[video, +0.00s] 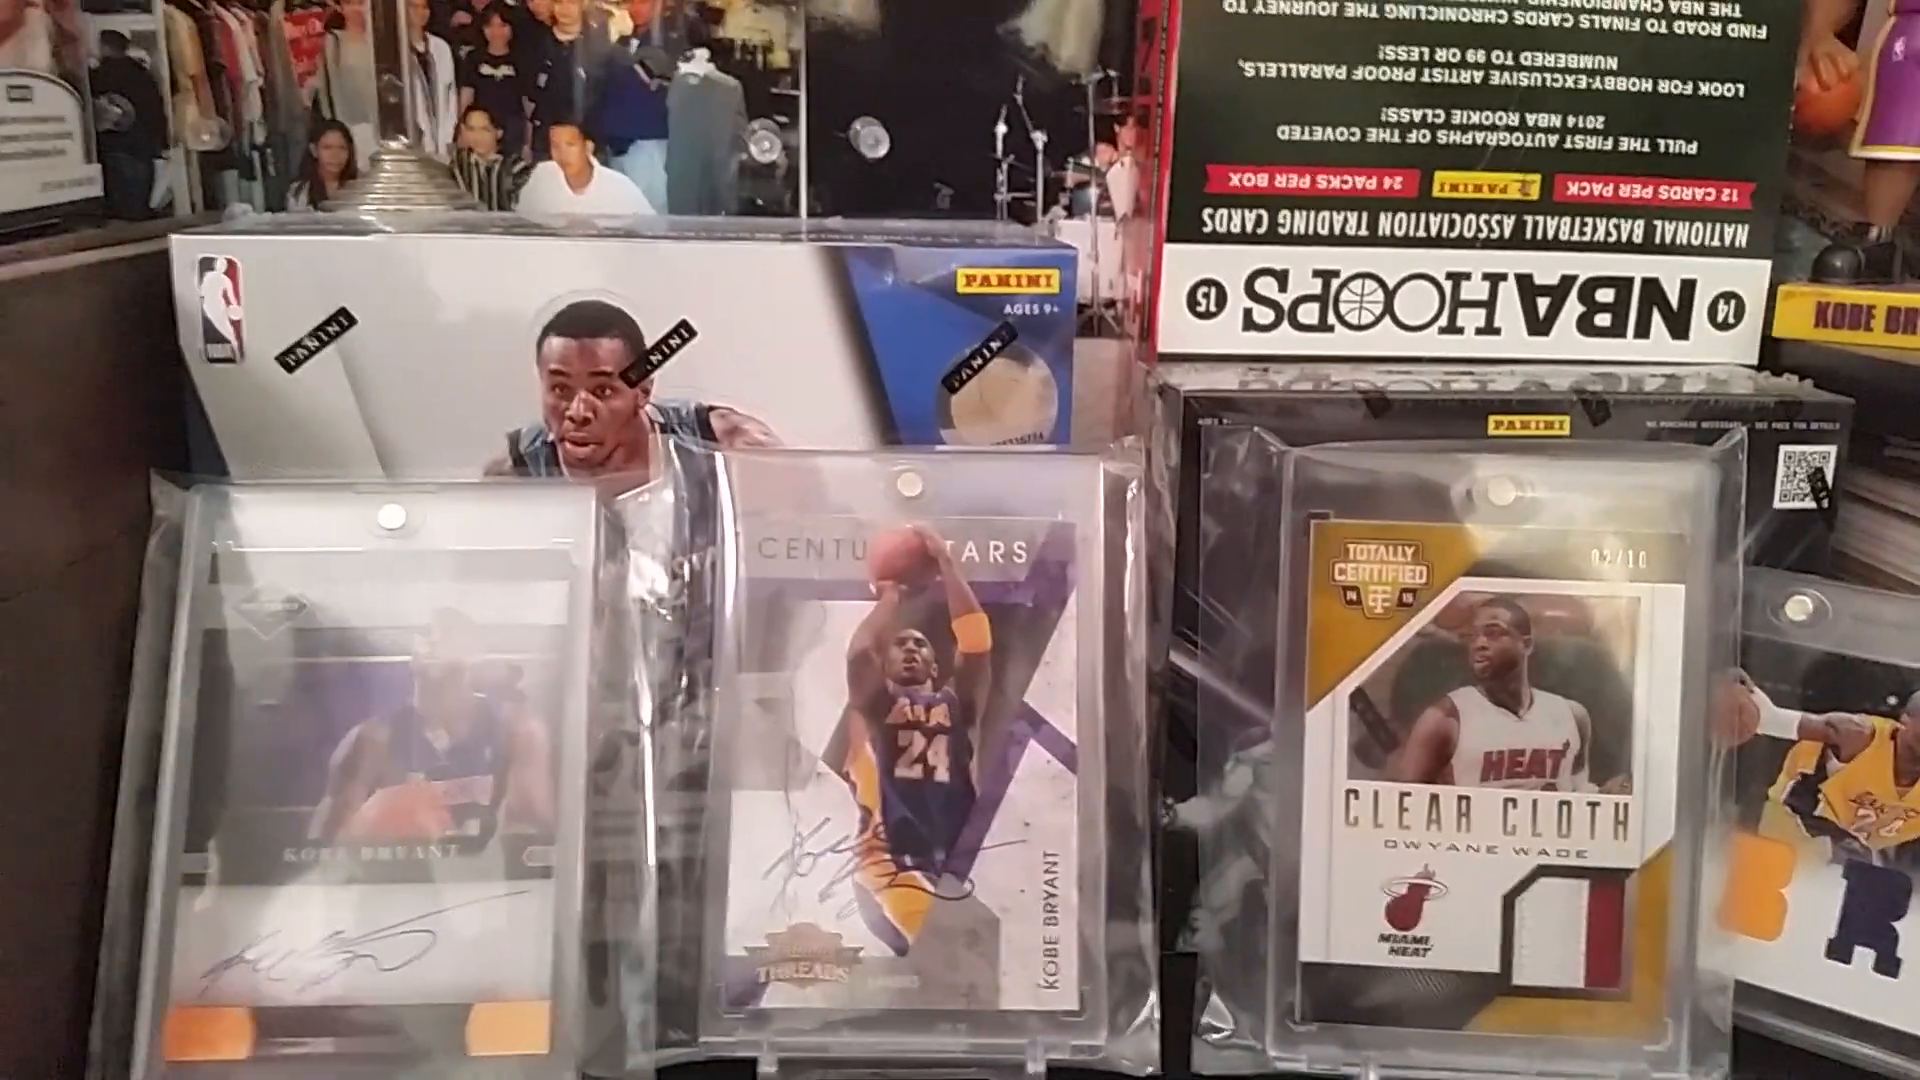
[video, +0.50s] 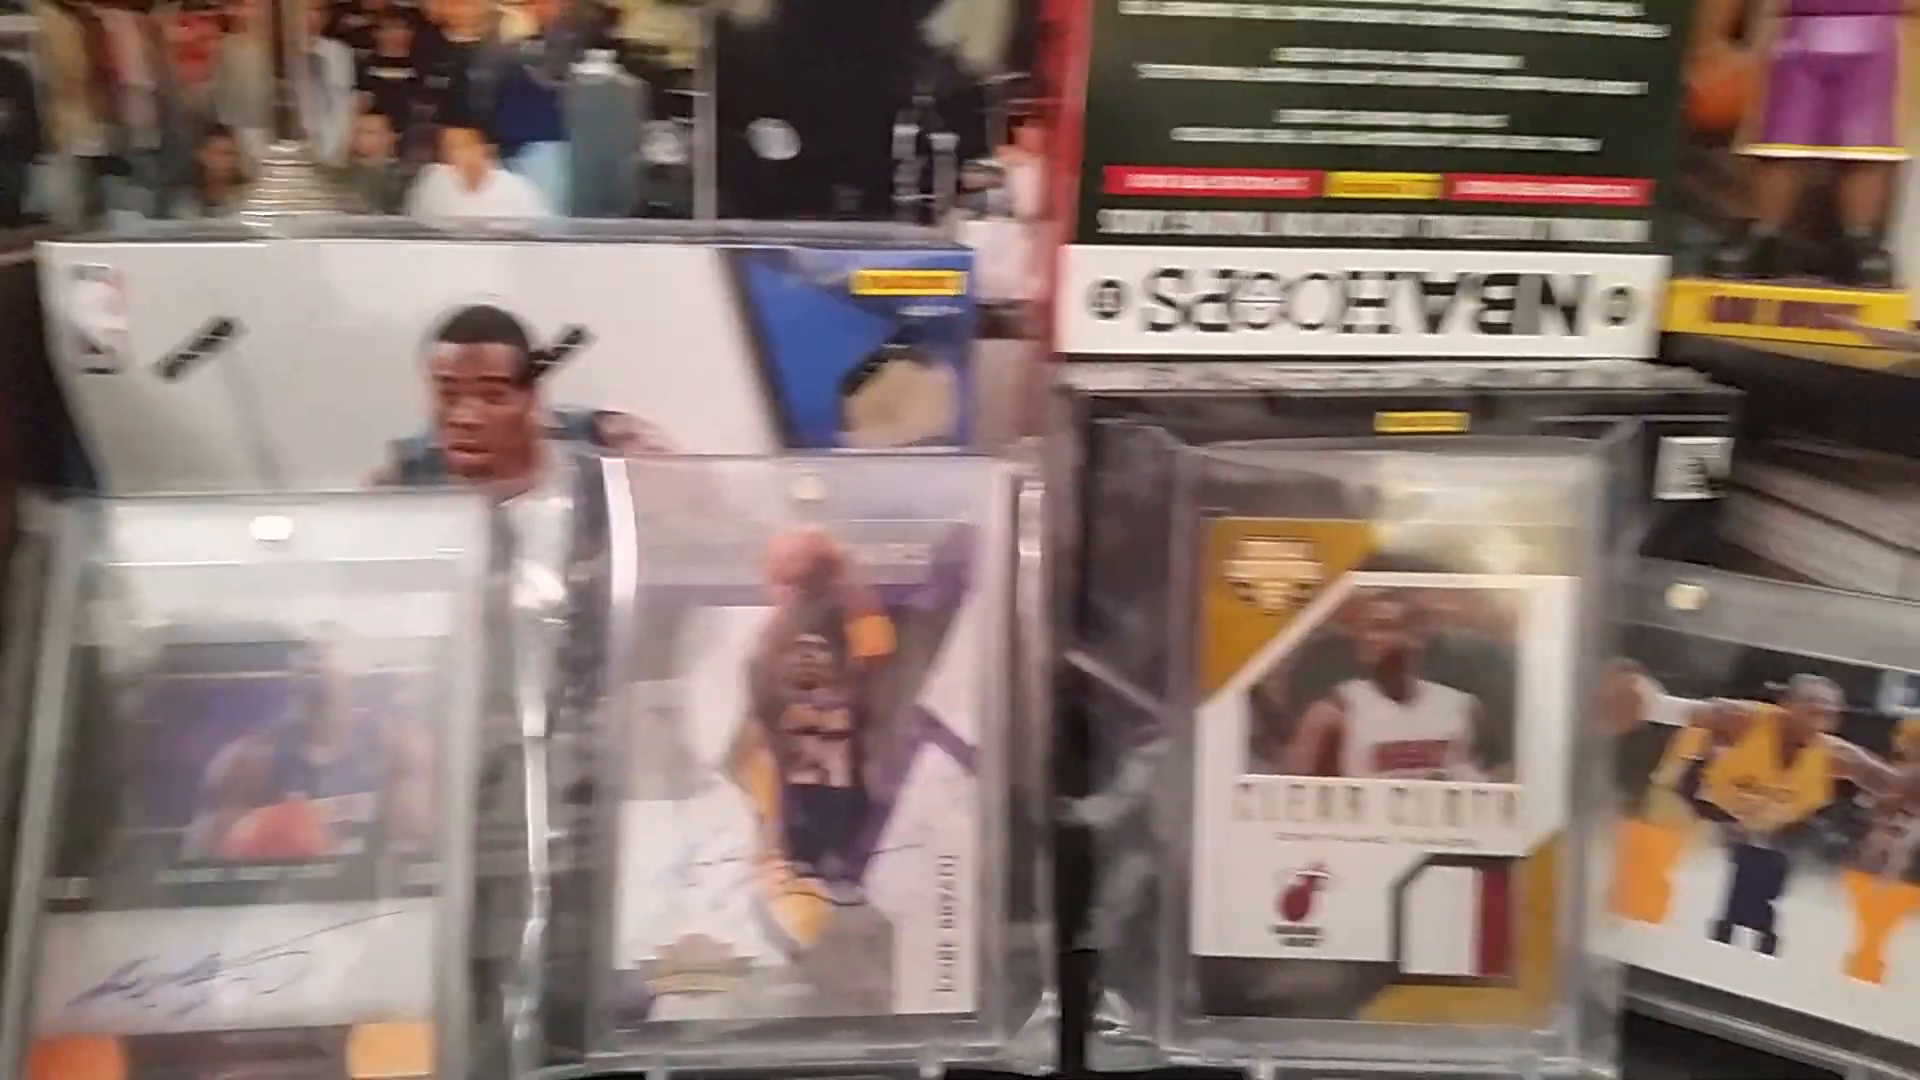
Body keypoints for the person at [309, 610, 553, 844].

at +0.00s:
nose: (431, 644)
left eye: (448, 632)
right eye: (422, 632)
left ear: (471, 651)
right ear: (409, 647)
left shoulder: (517, 730)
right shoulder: (369, 741)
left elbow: (531, 825)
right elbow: (321, 846)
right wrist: (388, 820)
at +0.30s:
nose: (429, 646)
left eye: (445, 637)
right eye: (420, 636)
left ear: (469, 654)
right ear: (406, 651)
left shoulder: (511, 731)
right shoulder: (362, 743)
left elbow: (524, 829)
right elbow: (315, 848)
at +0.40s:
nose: (400, 677)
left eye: (413, 665)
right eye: (389, 662)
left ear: (438, 674)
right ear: (374, 672)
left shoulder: (479, 739)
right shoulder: (327, 749)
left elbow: (492, 834)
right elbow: (282, 848)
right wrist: (352, 821)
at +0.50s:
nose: (315, 682)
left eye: (327, 670)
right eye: (304, 671)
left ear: (355, 679)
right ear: (290, 681)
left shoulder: (401, 747)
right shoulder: (243, 762)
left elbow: (412, 846)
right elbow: (199, 851)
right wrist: (269, 834)